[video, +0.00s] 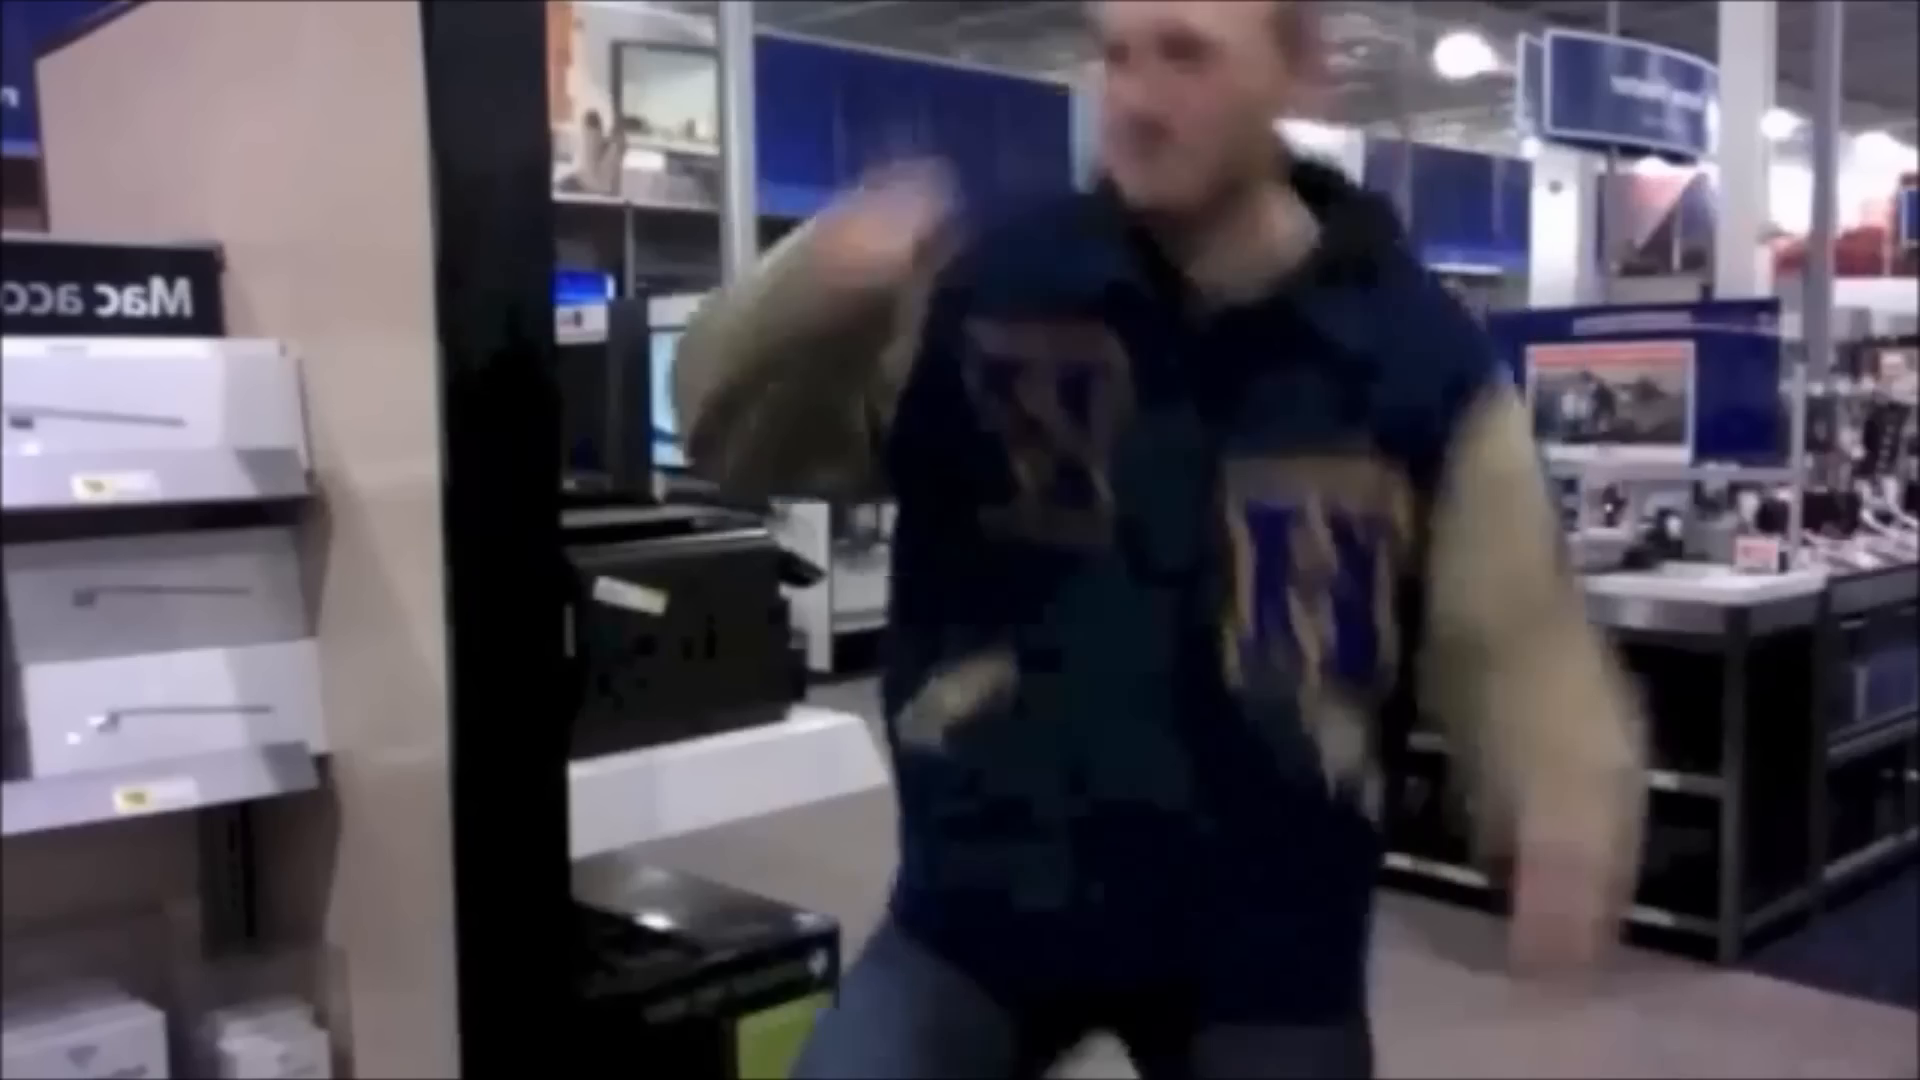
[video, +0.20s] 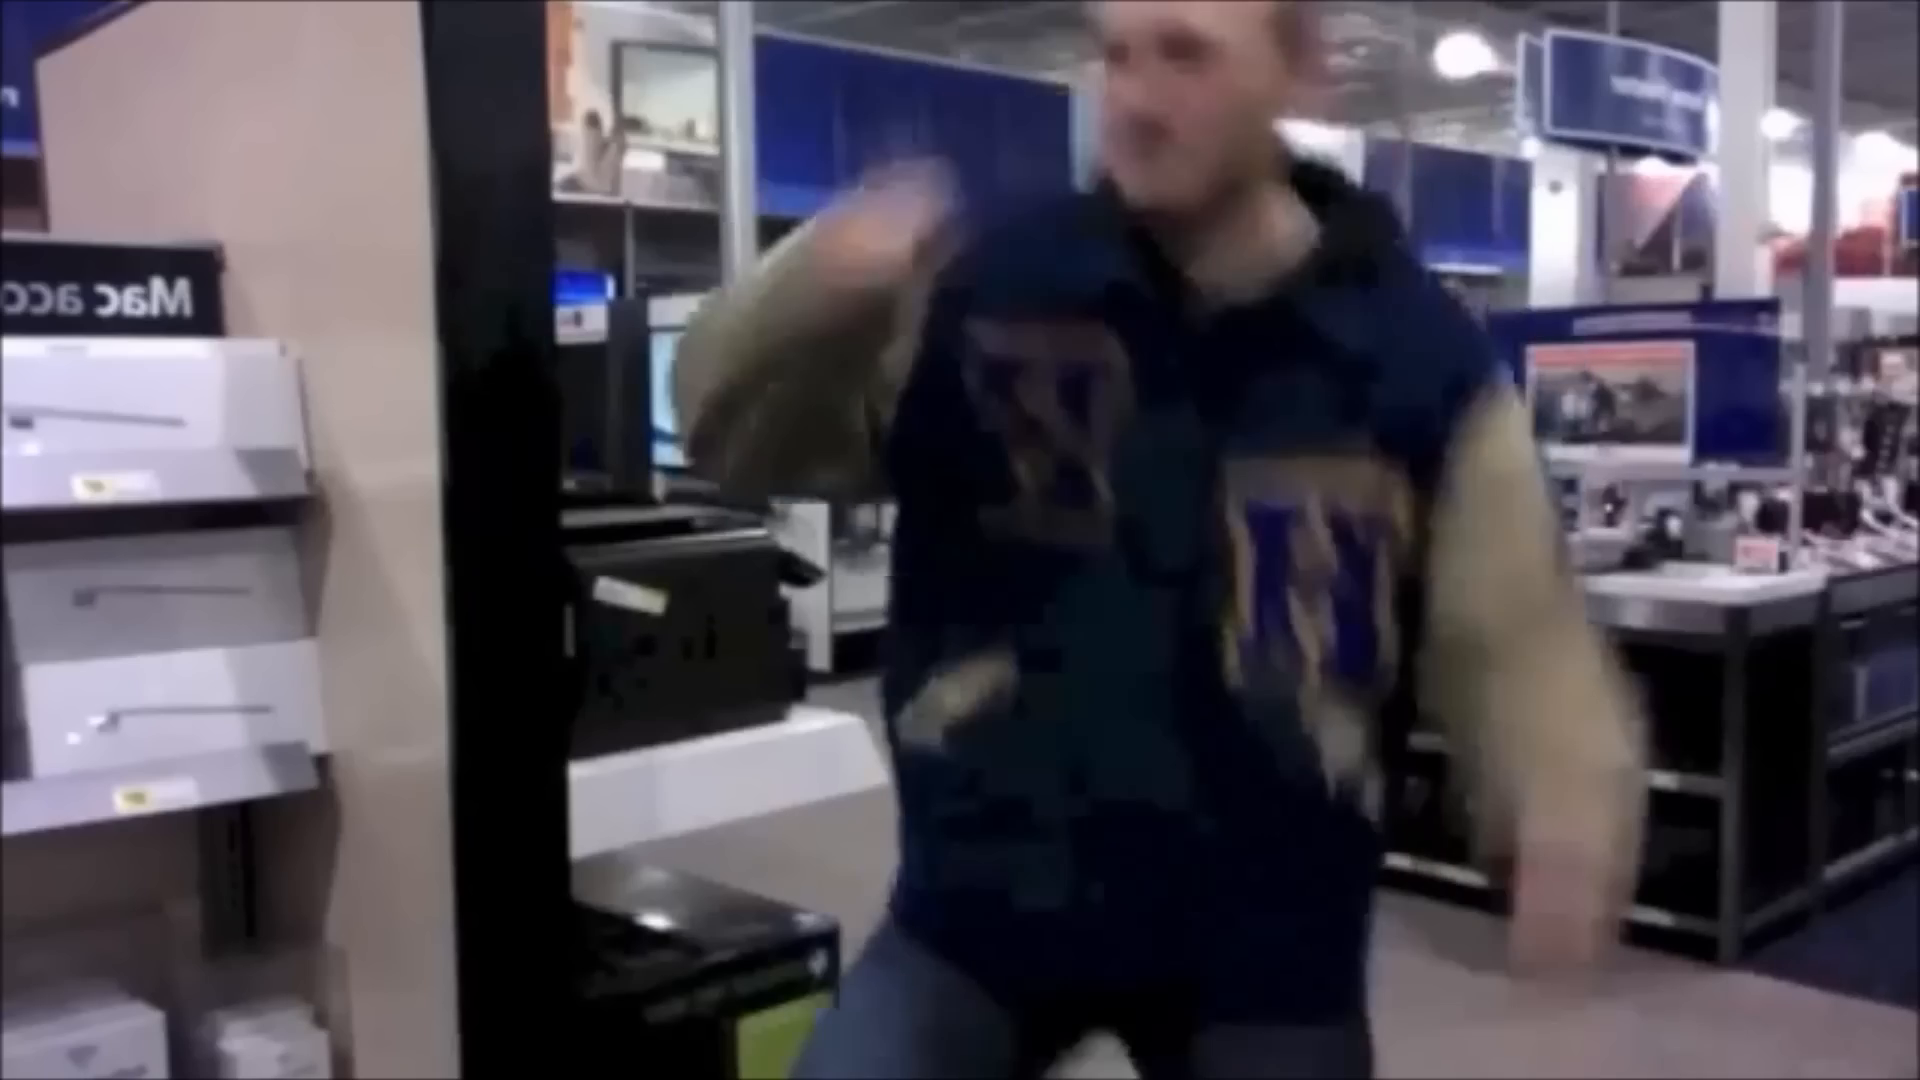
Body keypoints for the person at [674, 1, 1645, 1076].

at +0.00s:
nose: (1135, 96)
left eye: (1184, 56)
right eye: (1115, 56)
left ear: (1297, 71)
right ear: (1088, 71)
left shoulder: (1401, 337)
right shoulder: (987, 280)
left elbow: (1520, 622)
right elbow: (733, 434)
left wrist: (1569, 807)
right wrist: (816, 284)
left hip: (1258, 930)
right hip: (989, 904)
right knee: (846, 1064)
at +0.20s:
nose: (1135, 96)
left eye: (1184, 56)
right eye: (1115, 56)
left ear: (1297, 71)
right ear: (1088, 71)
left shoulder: (1401, 337)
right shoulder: (987, 280)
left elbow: (1520, 622)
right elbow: (733, 434)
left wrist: (1569, 807)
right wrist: (816, 284)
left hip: (1258, 930)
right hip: (989, 904)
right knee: (846, 1064)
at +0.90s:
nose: (1064, 19)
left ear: (1207, 19)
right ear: (1002, 15)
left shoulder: (1328, 250)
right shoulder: (896, 232)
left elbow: (1435, 520)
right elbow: (742, 490)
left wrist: (1432, 508)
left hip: (1214, 866)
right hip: (949, 857)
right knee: (823, 1068)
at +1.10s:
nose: (978, 100)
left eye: (1025, 54)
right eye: (949, 57)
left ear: (1125, 62)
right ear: (917, 73)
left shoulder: (1250, 296)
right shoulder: (854, 314)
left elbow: (1449, 452)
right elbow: (759, 616)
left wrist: (1372, 168)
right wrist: (753, 887)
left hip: (1190, 939)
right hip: (921, 940)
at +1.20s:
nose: (920, 100)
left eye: (963, 59)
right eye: (892, 64)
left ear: (1061, 78)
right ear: (863, 88)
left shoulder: (1192, 286)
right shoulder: (803, 321)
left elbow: (1405, 471)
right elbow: (690, 574)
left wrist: (1317, 214)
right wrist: (672, 800)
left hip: (1164, 906)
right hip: (899, 912)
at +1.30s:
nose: (858, 43)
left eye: (902, 6)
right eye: (831, 12)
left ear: (999, 26)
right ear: (802, 40)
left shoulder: (1143, 221)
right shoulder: (755, 270)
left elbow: (1281, 414)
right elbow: (615, 482)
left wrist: (1371, 512)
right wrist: (618, 499)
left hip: (1127, 845)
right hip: (872, 858)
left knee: (1208, 1060)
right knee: (806, 1065)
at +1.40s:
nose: (828, 102)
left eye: (870, 57)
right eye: (798, 64)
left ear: (965, 67)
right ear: (770, 84)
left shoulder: (1125, 279)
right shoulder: (743, 316)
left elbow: (1257, 554)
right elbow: (576, 497)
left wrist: (1324, 828)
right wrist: (622, 257)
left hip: (1109, 896)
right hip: (857, 908)